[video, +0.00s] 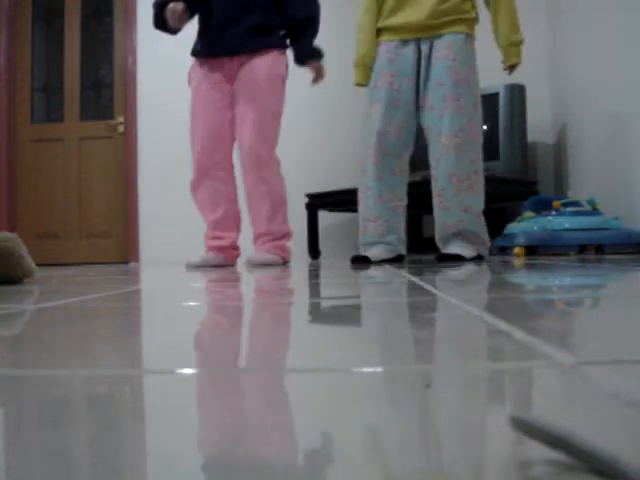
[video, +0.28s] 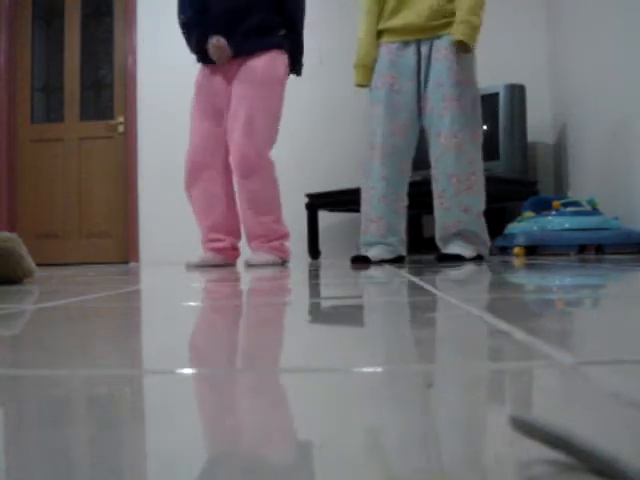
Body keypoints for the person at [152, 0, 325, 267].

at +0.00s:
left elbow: (301, 5)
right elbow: (163, 15)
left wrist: (305, 49)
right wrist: (170, 14)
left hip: (262, 55)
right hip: (209, 57)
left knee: (256, 151)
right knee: (208, 156)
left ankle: (272, 247)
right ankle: (221, 249)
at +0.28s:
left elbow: (293, 7)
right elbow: (187, 8)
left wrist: (291, 54)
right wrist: (205, 42)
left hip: (263, 54)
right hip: (214, 61)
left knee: (248, 154)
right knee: (204, 159)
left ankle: (270, 247)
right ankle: (220, 249)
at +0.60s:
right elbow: (203, 2)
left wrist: (321, 28)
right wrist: (211, 28)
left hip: (277, 52)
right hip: (224, 55)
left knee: (270, 149)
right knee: (218, 150)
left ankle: (274, 243)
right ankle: (224, 244)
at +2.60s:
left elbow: (310, 6)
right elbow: (200, 4)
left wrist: (313, 62)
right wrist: (215, 37)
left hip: (281, 55)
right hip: (225, 57)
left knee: (275, 158)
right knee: (223, 159)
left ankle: (277, 247)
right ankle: (222, 248)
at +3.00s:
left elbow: (315, 7)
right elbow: (199, 4)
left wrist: (324, 62)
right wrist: (198, 43)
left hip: (284, 60)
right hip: (229, 60)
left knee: (280, 158)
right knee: (232, 158)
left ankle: (282, 242)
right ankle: (222, 245)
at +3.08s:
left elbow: (309, 3)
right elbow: (186, 9)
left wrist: (322, 21)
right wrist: (165, 61)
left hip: (279, 67)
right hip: (227, 67)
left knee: (299, 154)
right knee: (241, 153)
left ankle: (294, 247)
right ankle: (211, 246)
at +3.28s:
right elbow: (170, 4)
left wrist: (293, 13)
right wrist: (140, 46)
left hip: (258, 60)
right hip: (206, 62)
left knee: (267, 153)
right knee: (209, 155)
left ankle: (282, 240)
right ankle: (208, 242)